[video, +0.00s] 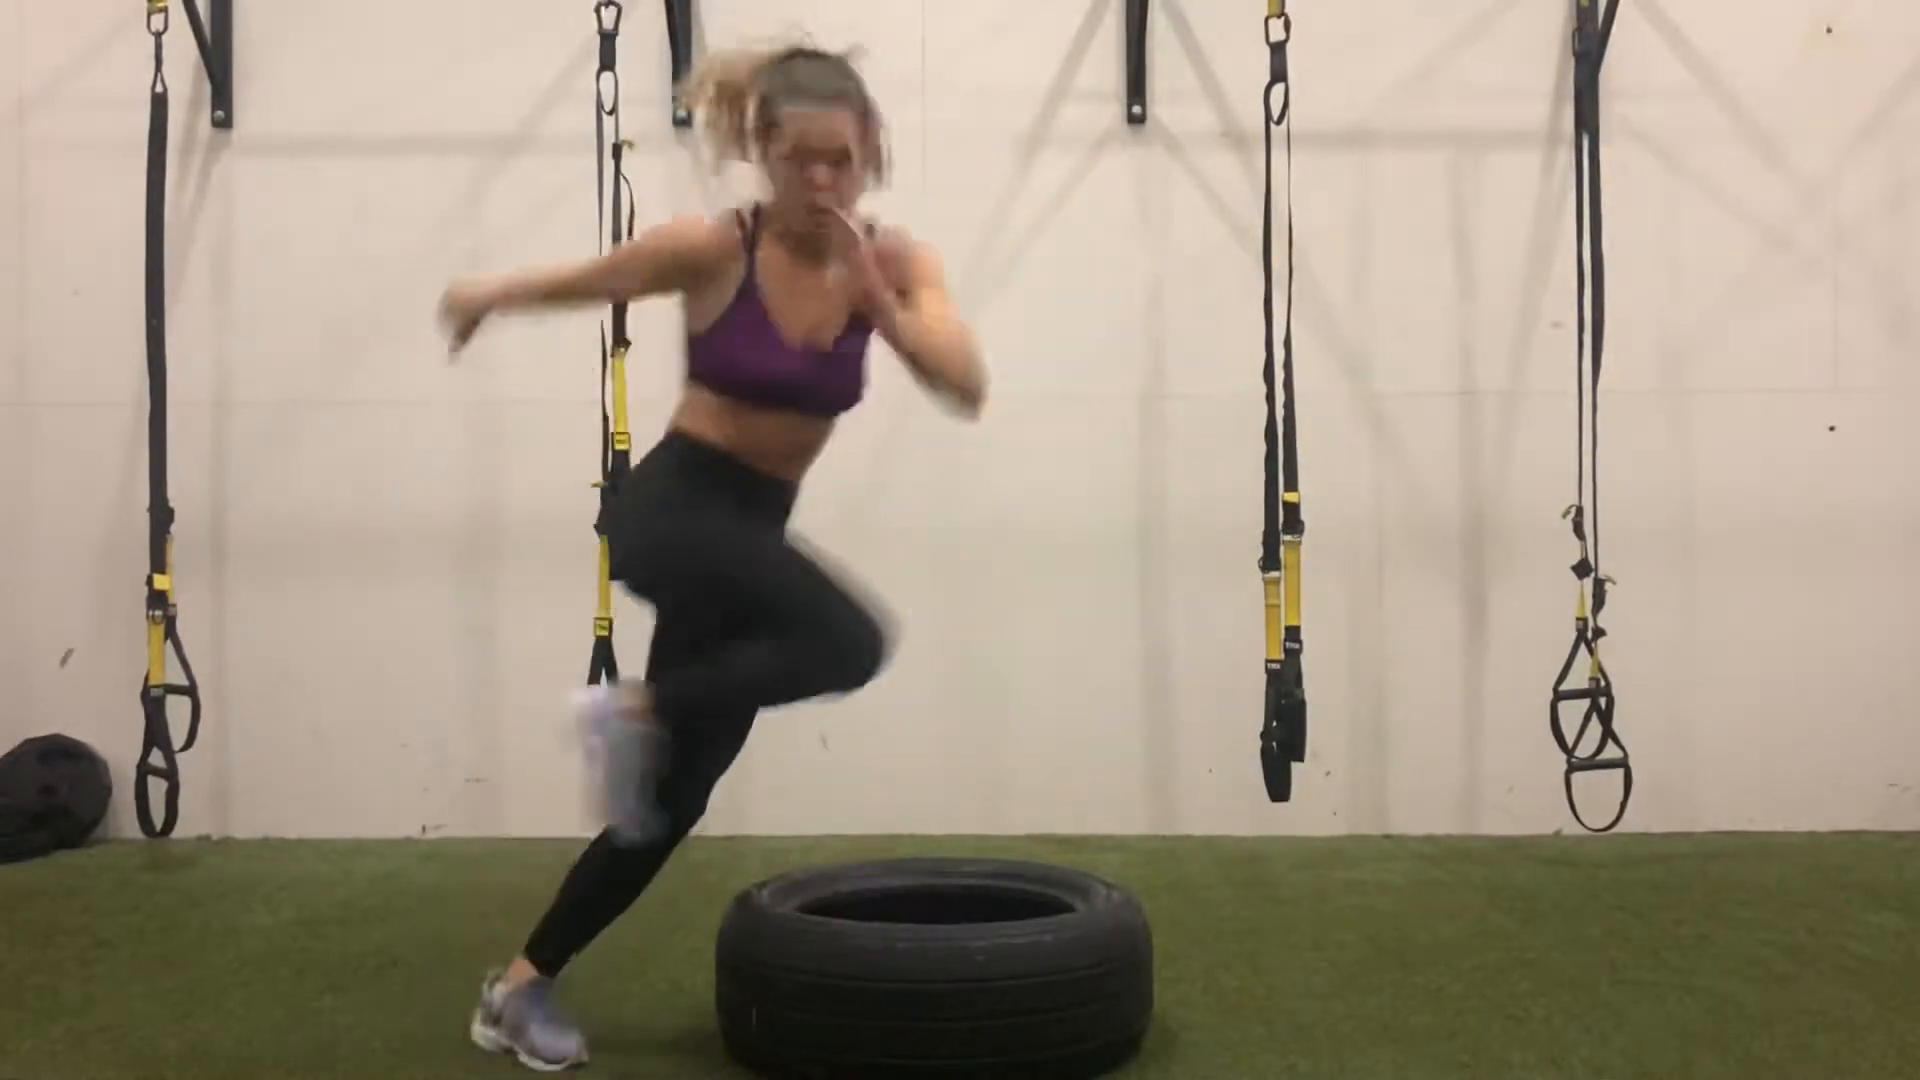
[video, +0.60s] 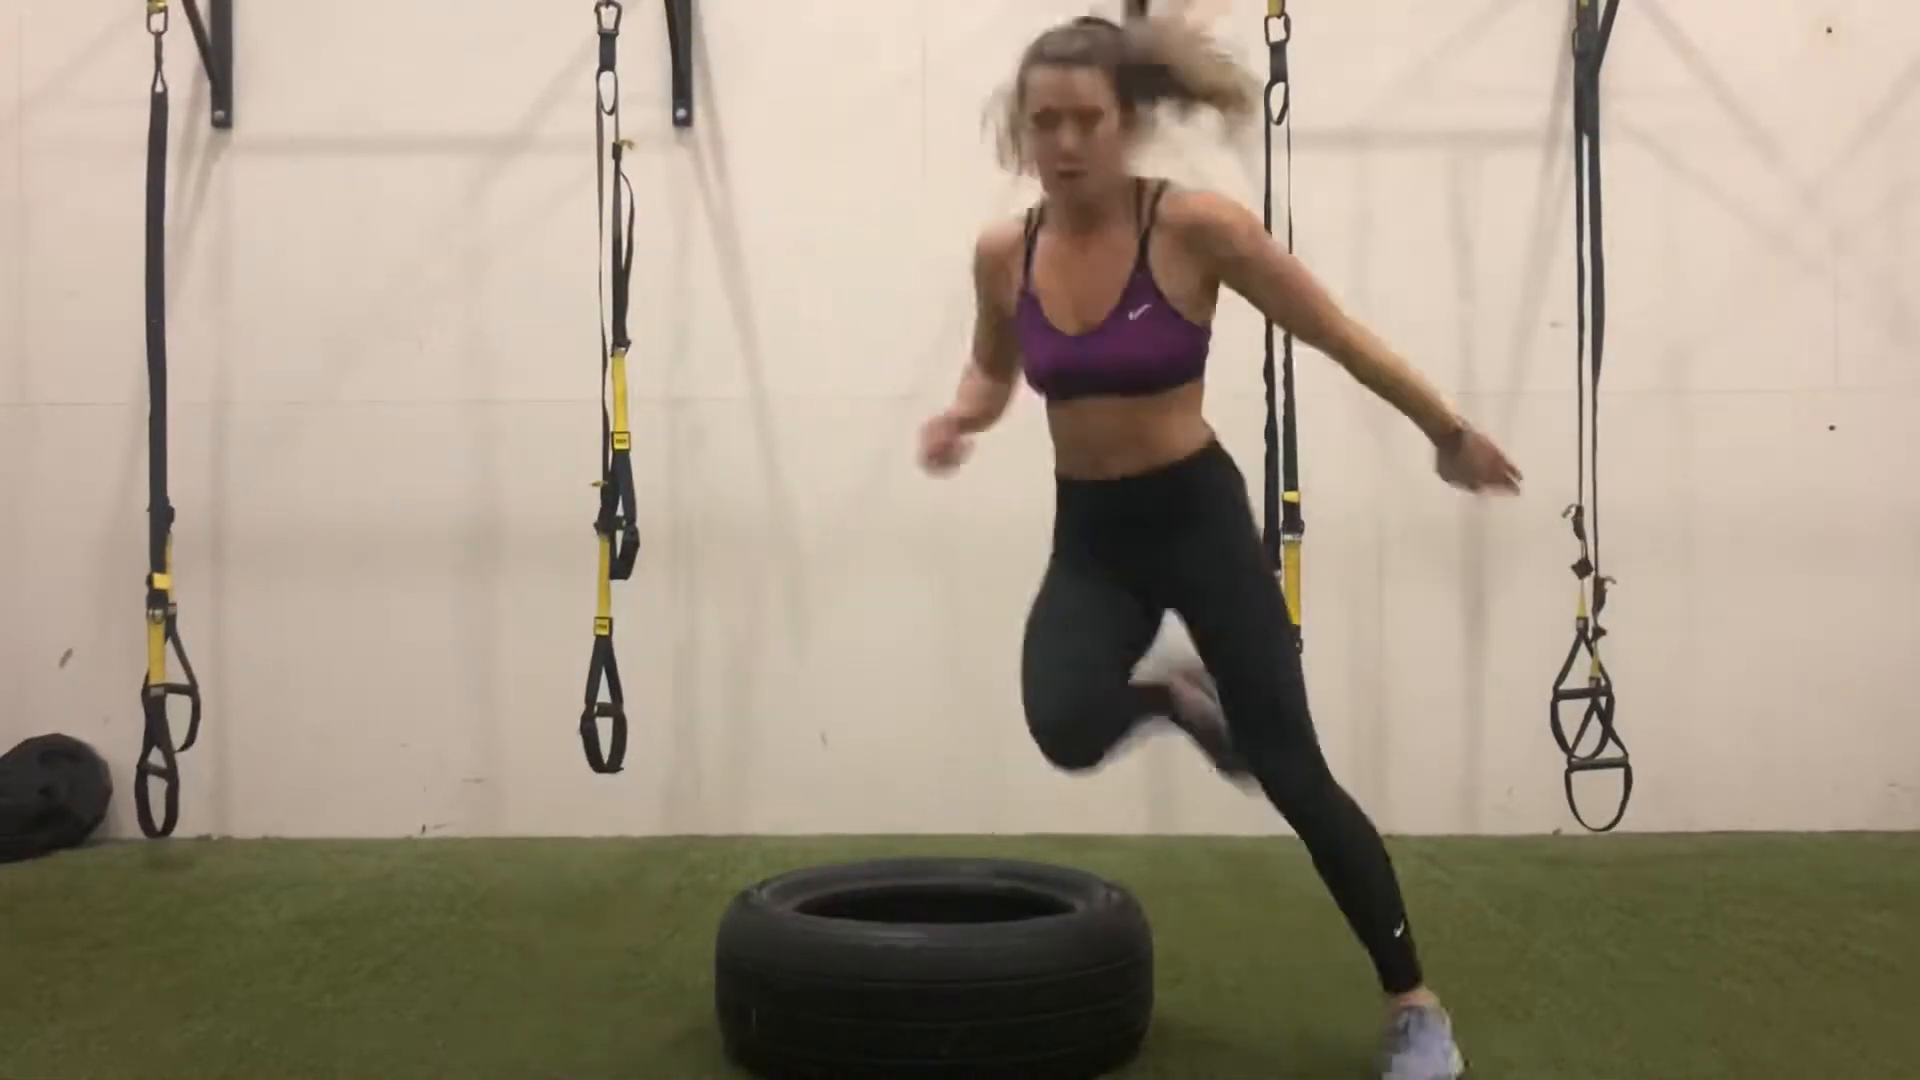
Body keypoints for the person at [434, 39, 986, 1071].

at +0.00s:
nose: (823, 179)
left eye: (841, 158)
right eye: (802, 157)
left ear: (867, 157)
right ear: (765, 155)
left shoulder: (893, 260)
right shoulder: (715, 247)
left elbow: (968, 390)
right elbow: (591, 282)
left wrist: (893, 316)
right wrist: (486, 296)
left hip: (755, 525)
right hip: (674, 502)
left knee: (675, 794)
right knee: (847, 643)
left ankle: (522, 982)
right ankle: (636, 717)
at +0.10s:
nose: (870, 97)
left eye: (885, 76)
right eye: (850, 78)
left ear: (910, 70)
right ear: (814, 72)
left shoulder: (946, 131)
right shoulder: (776, 164)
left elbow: (954, 209)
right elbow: (685, 210)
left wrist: (810, 188)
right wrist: (621, 229)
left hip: (845, 461)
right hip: (786, 451)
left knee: (743, 719)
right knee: (979, 606)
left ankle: (560, 900)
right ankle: (862, 824)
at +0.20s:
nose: (914, 83)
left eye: (932, 60)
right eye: (892, 60)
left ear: (957, 52)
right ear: (850, 53)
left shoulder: (991, 116)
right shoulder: (815, 149)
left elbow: (950, 193)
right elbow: (730, 238)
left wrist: (809, 194)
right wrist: (668, 285)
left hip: (916, 457)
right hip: (870, 458)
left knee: (895, 719)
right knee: (990, 696)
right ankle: (946, 936)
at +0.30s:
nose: (977, 100)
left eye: (994, 78)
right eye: (955, 81)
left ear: (1021, 71)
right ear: (921, 77)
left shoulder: (1061, 139)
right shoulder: (886, 182)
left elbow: (1023, 193)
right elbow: (762, 284)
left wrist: (953, 220)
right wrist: (638, 361)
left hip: (1000, 489)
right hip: (923, 487)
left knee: (1107, 701)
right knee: (974, 741)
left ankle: (910, 669)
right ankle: (934, 966)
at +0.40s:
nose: (1028, 74)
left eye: (1046, 51)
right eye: (1006, 54)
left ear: (1080, 49)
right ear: (975, 58)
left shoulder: (1126, 130)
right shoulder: (937, 165)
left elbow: (1176, 247)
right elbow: (844, 274)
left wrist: (1223, 363)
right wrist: (808, 335)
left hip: (1084, 441)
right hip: (976, 445)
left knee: (1177, 662)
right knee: (1039, 677)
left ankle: (1215, 858)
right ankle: (948, 885)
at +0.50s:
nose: (1049, 107)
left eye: (1069, 83)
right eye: (1028, 84)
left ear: (1107, 75)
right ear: (998, 82)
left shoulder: (1162, 174)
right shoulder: (965, 209)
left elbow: (1276, 301)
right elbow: (925, 372)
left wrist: (1387, 440)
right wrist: (953, 340)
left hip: (1142, 466)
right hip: (1034, 472)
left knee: (1227, 721)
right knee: (1075, 644)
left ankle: (1360, 969)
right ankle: (1014, 717)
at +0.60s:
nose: (1063, 141)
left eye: (1085, 119)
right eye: (1044, 121)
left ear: (1131, 123)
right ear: (1021, 128)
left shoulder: (1196, 224)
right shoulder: (1005, 254)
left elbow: (1332, 332)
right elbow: (991, 367)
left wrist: (1450, 432)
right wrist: (964, 416)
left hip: (1199, 522)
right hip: (1090, 535)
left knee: (1285, 769)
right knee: (1067, 738)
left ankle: (1413, 1006)